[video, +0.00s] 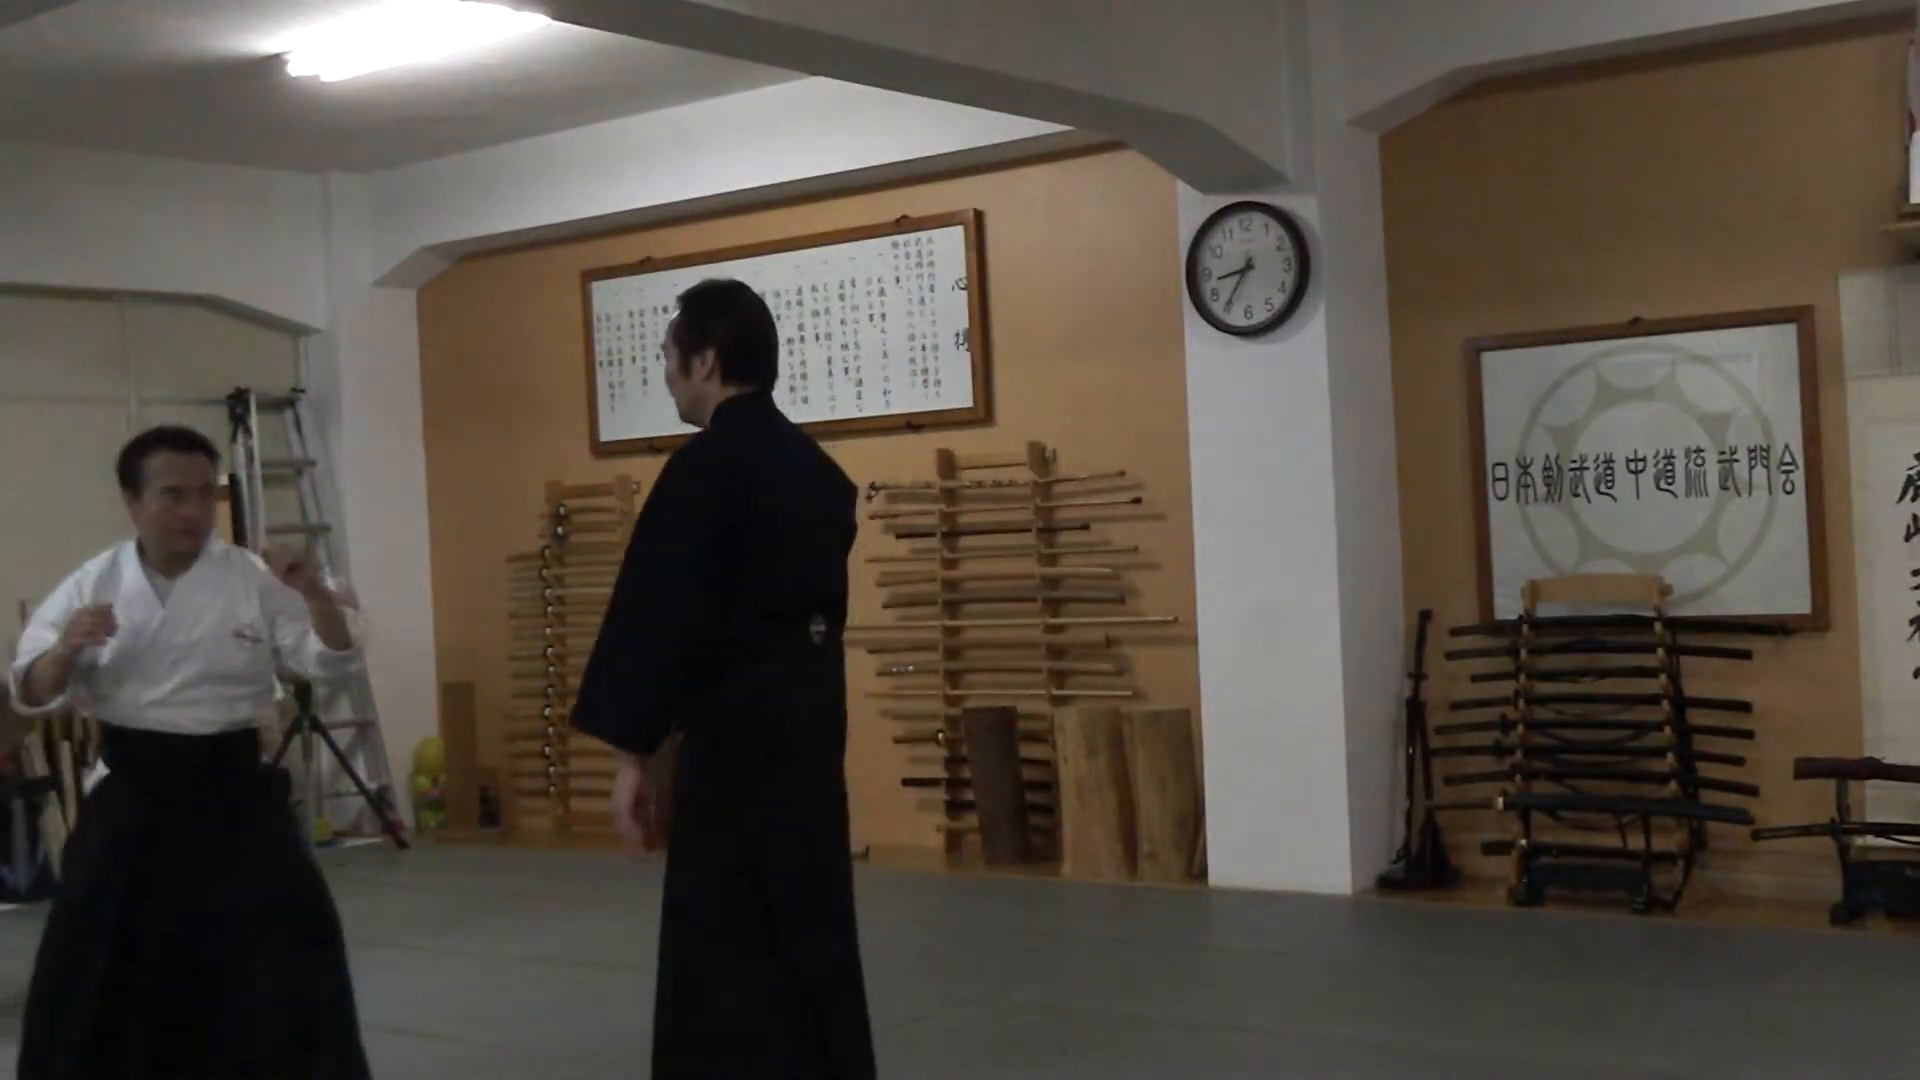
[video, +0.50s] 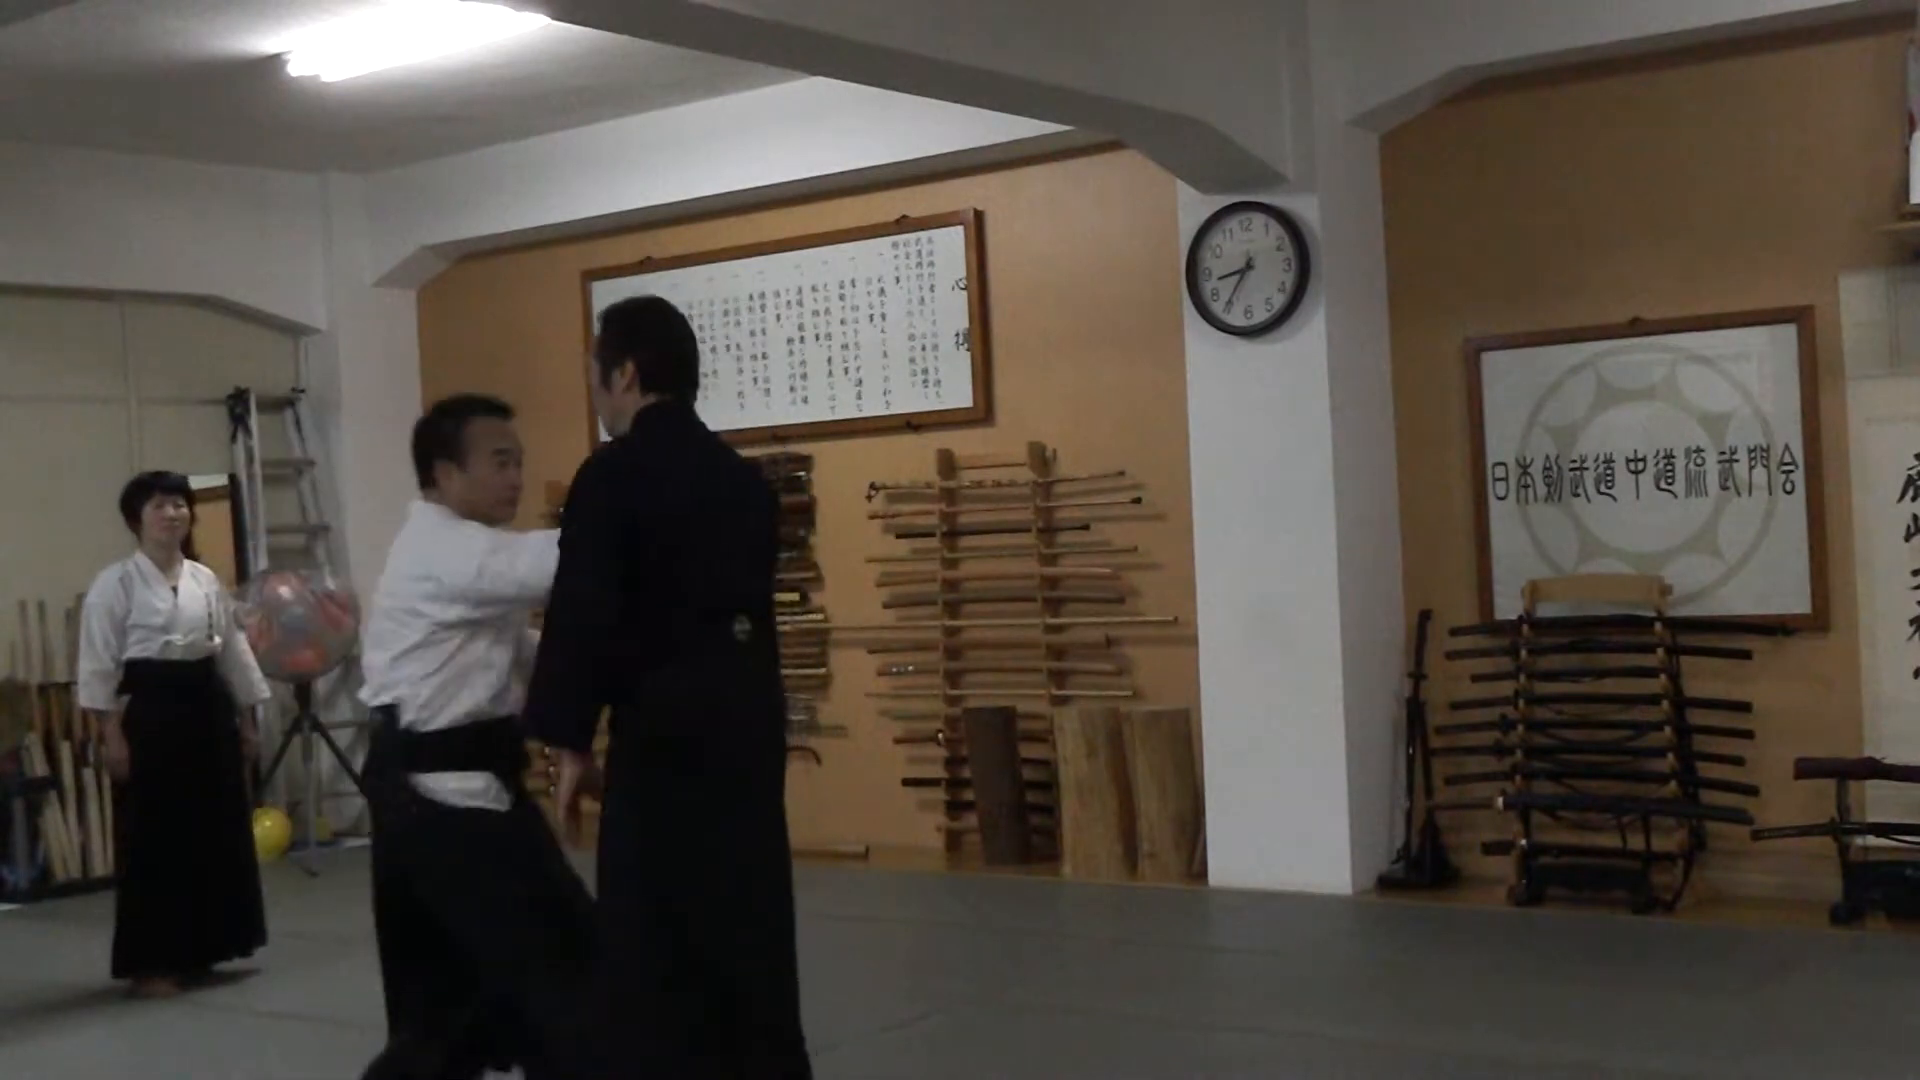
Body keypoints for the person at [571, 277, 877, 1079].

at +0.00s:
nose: (669, 379)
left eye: (673, 360)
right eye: (668, 361)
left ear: (706, 362)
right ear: (759, 361)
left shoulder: (702, 466)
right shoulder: (815, 466)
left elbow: (655, 612)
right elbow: (796, 624)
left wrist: (634, 760)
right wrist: (681, 747)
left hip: (728, 735)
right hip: (811, 726)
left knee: (718, 941)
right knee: (806, 932)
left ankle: (720, 1070)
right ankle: (814, 1066)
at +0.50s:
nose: (596, 389)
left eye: (599, 374)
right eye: (597, 374)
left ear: (629, 374)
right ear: (685, 375)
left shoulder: (612, 475)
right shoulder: (741, 473)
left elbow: (581, 614)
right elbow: (750, 611)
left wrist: (570, 737)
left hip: (657, 721)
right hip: (749, 712)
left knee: (650, 910)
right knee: (747, 903)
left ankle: (657, 1064)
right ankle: (761, 1063)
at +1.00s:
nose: (668, 425)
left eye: (665, 405)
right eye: (663, 408)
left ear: (689, 391)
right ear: (750, 384)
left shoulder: (703, 487)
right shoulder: (821, 484)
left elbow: (665, 633)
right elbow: (822, 634)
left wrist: (651, 771)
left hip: (744, 740)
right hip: (836, 727)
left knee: (699, 938)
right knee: (824, 933)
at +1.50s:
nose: (878, 427)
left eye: (877, 407)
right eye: (872, 411)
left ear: (919, 388)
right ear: (938, 384)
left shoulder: (963, 472)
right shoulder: (1003, 462)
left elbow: (956, 634)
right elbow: (1043, 605)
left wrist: (942, 780)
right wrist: (929, 590)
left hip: (1005, 754)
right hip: (1048, 742)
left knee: (937, 976)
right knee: (1035, 967)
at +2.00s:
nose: (1016, 375)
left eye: (1019, 353)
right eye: (1012, 356)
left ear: (1067, 343)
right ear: (1085, 340)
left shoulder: (1109, 439)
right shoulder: (1155, 425)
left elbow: (1109, 611)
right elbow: (1197, 590)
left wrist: (1107, 764)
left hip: (1165, 725)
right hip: (1210, 707)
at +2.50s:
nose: (1068, 354)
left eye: (1074, 332)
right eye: (1067, 333)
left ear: (1120, 330)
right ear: (1142, 329)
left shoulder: (1138, 437)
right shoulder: (1219, 426)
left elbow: (1101, 599)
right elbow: (1219, 599)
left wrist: (1077, 753)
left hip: (1170, 737)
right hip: (1238, 721)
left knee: (1166, 964)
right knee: (1243, 952)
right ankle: (1254, 1070)